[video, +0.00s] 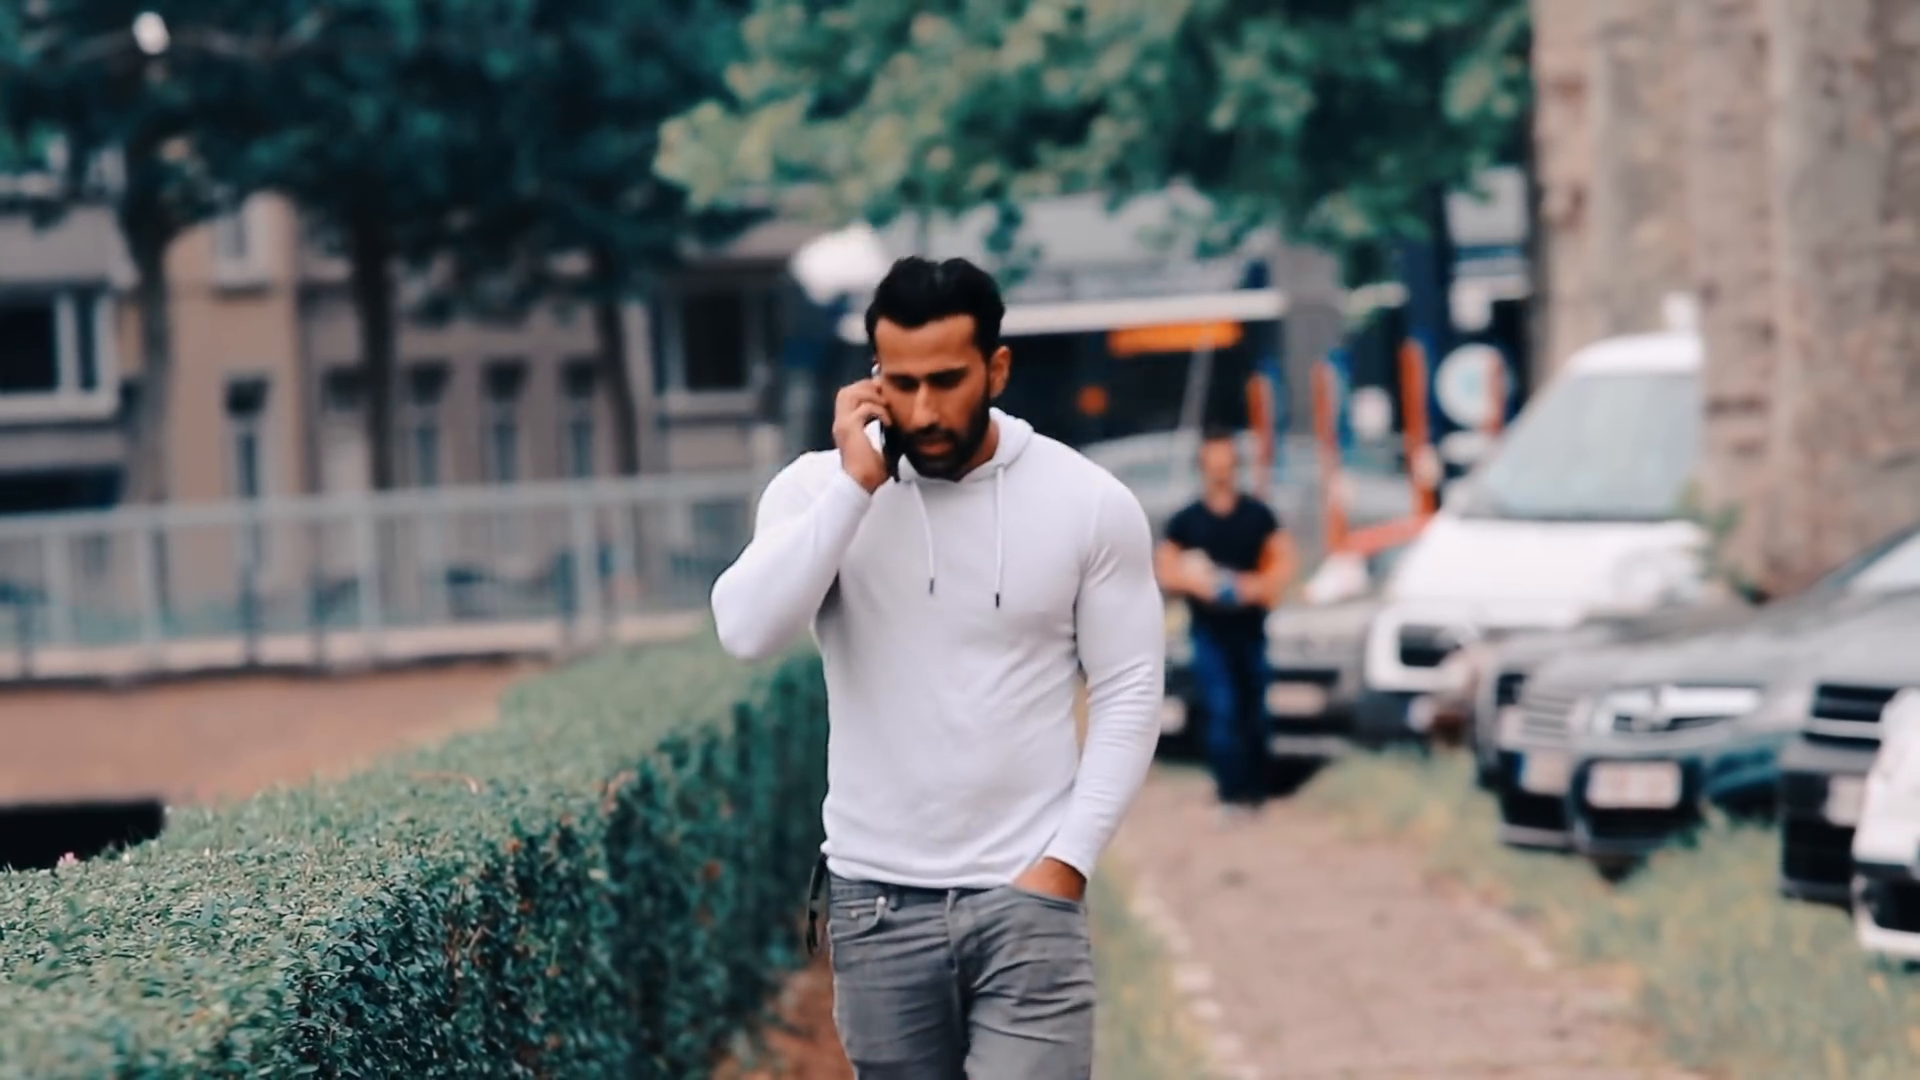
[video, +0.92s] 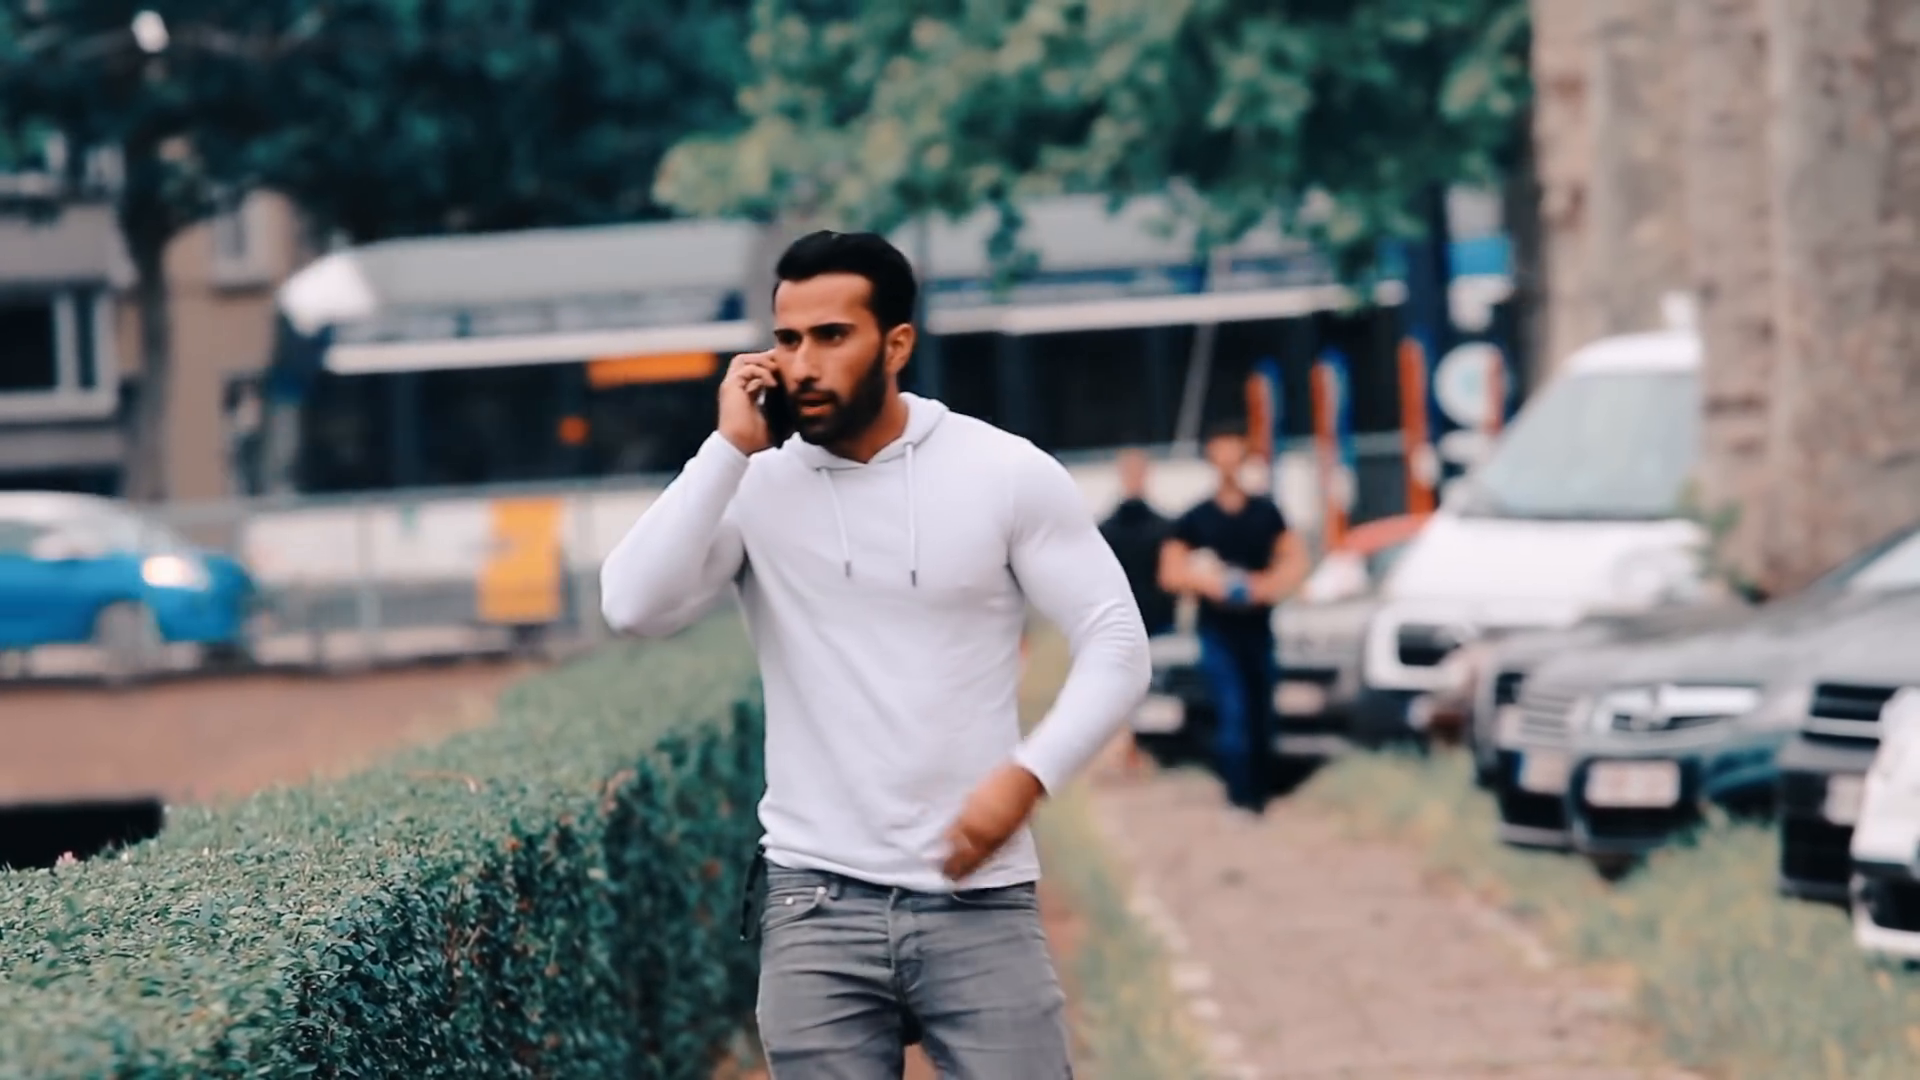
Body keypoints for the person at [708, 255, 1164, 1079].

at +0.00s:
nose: (923, 410)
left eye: (947, 381)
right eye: (901, 383)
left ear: (998, 366)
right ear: (874, 372)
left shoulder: (1090, 505)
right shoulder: (815, 488)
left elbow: (1127, 696)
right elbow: (745, 631)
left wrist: (1067, 864)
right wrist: (853, 481)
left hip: (1028, 903)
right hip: (874, 906)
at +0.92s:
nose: (801, 365)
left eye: (830, 336)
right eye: (787, 339)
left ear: (897, 346)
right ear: (770, 350)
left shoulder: (1008, 475)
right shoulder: (752, 487)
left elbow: (1118, 647)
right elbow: (630, 605)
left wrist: (1026, 778)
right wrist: (729, 448)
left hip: (979, 909)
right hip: (815, 909)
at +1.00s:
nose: (792, 369)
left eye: (822, 339)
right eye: (777, 342)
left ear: (888, 346)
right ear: (760, 351)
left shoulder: (996, 472)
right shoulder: (741, 487)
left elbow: (1106, 643)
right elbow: (623, 608)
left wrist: (994, 724)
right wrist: (722, 452)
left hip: (975, 900)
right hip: (808, 904)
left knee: (1024, 1065)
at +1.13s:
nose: (792, 370)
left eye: (822, 341)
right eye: (778, 344)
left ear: (888, 346)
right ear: (761, 351)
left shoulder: (994, 469)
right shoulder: (742, 486)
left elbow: (1085, 644)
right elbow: (624, 609)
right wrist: (721, 452)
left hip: (973, 897)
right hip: (804, 901)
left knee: (1018, 1064)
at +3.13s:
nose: (799, 371)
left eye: (827, 342)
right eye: (785, 346)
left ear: (895, 346)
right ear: (769, 352)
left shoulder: (1011, 448)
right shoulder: (763, 485)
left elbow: (1038, 592)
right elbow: (651, 627)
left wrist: (871, 532)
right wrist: (732, 468)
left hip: (1000, 893)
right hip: (830, 899)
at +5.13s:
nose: (792, 375)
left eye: (820, 346)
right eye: (778, 350)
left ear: (889, 349)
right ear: (763, 357)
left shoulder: (1008, 457)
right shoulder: (761, 483)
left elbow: (1013, 607)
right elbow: (646, 631)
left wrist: (840, 558)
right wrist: (724, 472)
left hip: (991, 896)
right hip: (823, 902)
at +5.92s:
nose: (783, 373)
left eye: (811, 342)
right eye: (770, 348)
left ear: (881, 346)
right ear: (755, 355)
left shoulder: (999, 456)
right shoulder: (758, 488)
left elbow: (1003, 607)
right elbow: (638, 630)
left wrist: (829, 581)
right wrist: (716, 467)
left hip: (984, 899)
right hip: (816, 905)